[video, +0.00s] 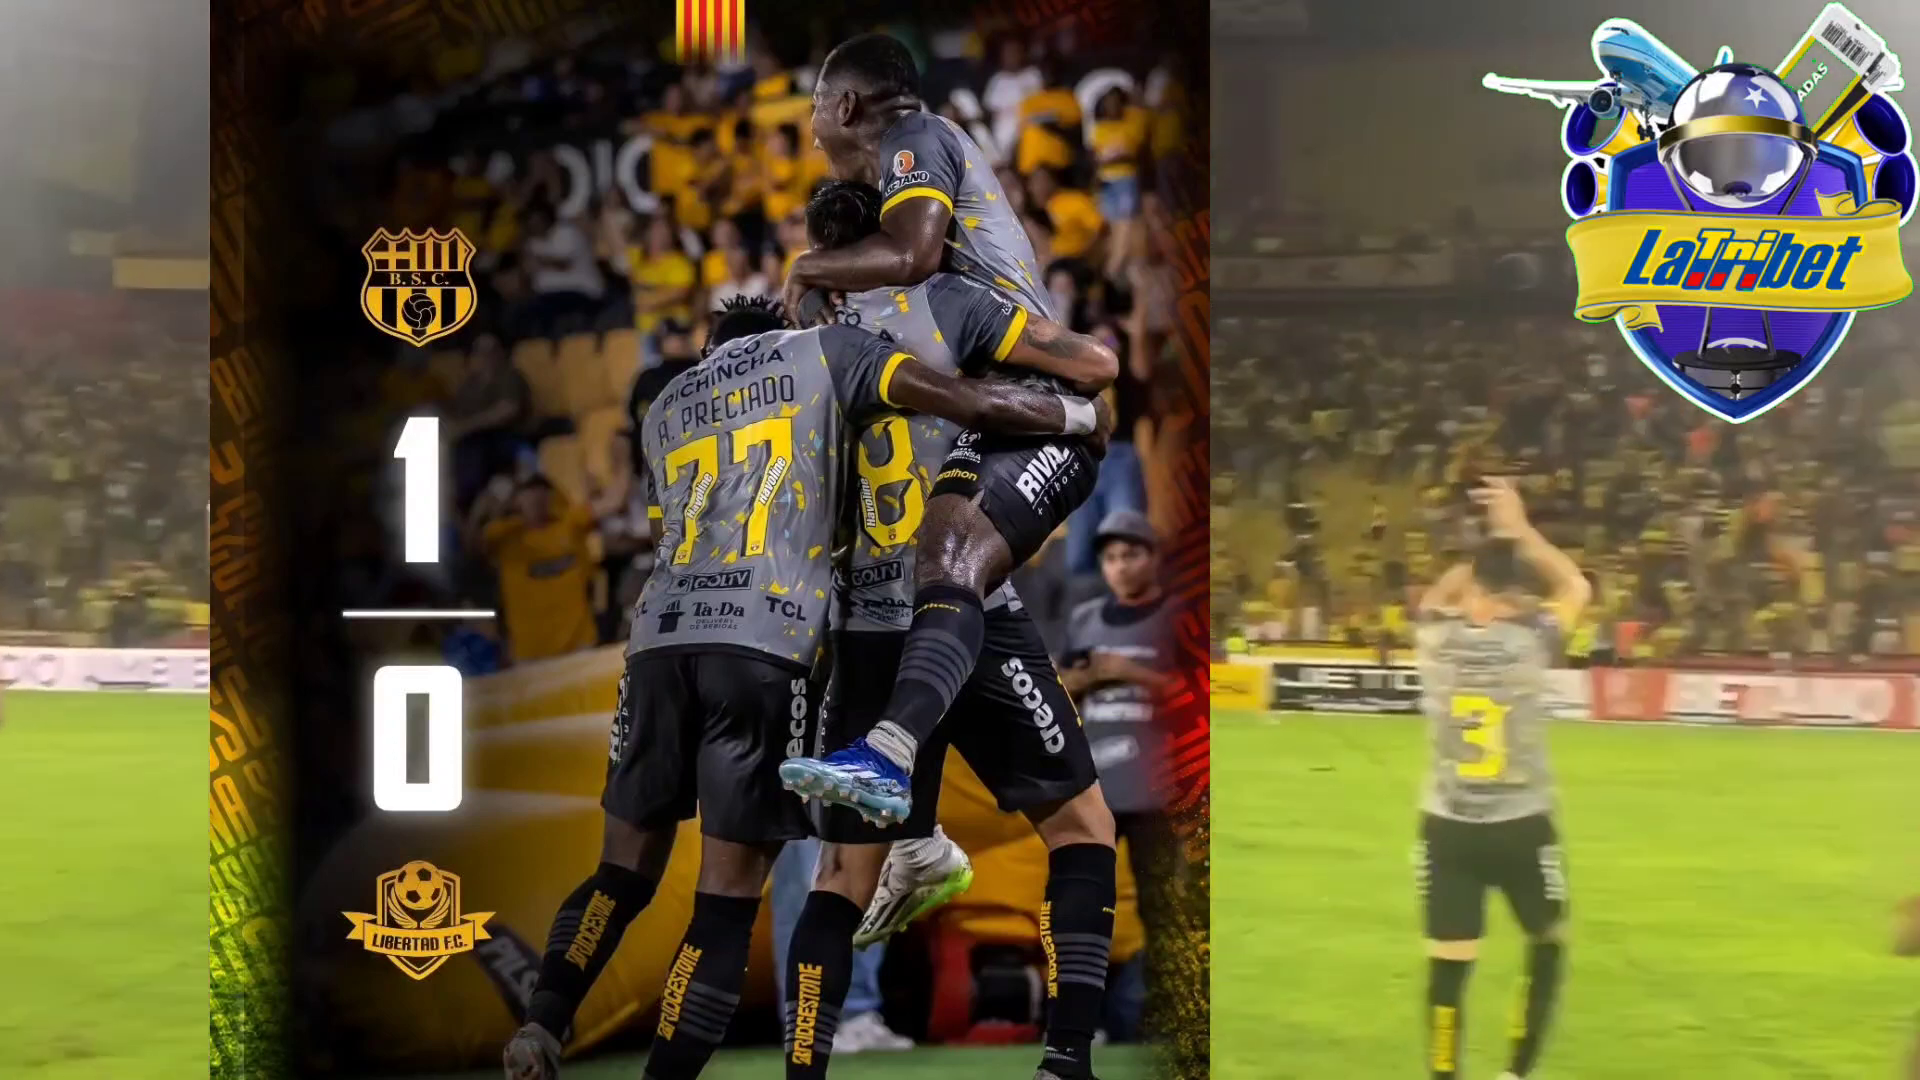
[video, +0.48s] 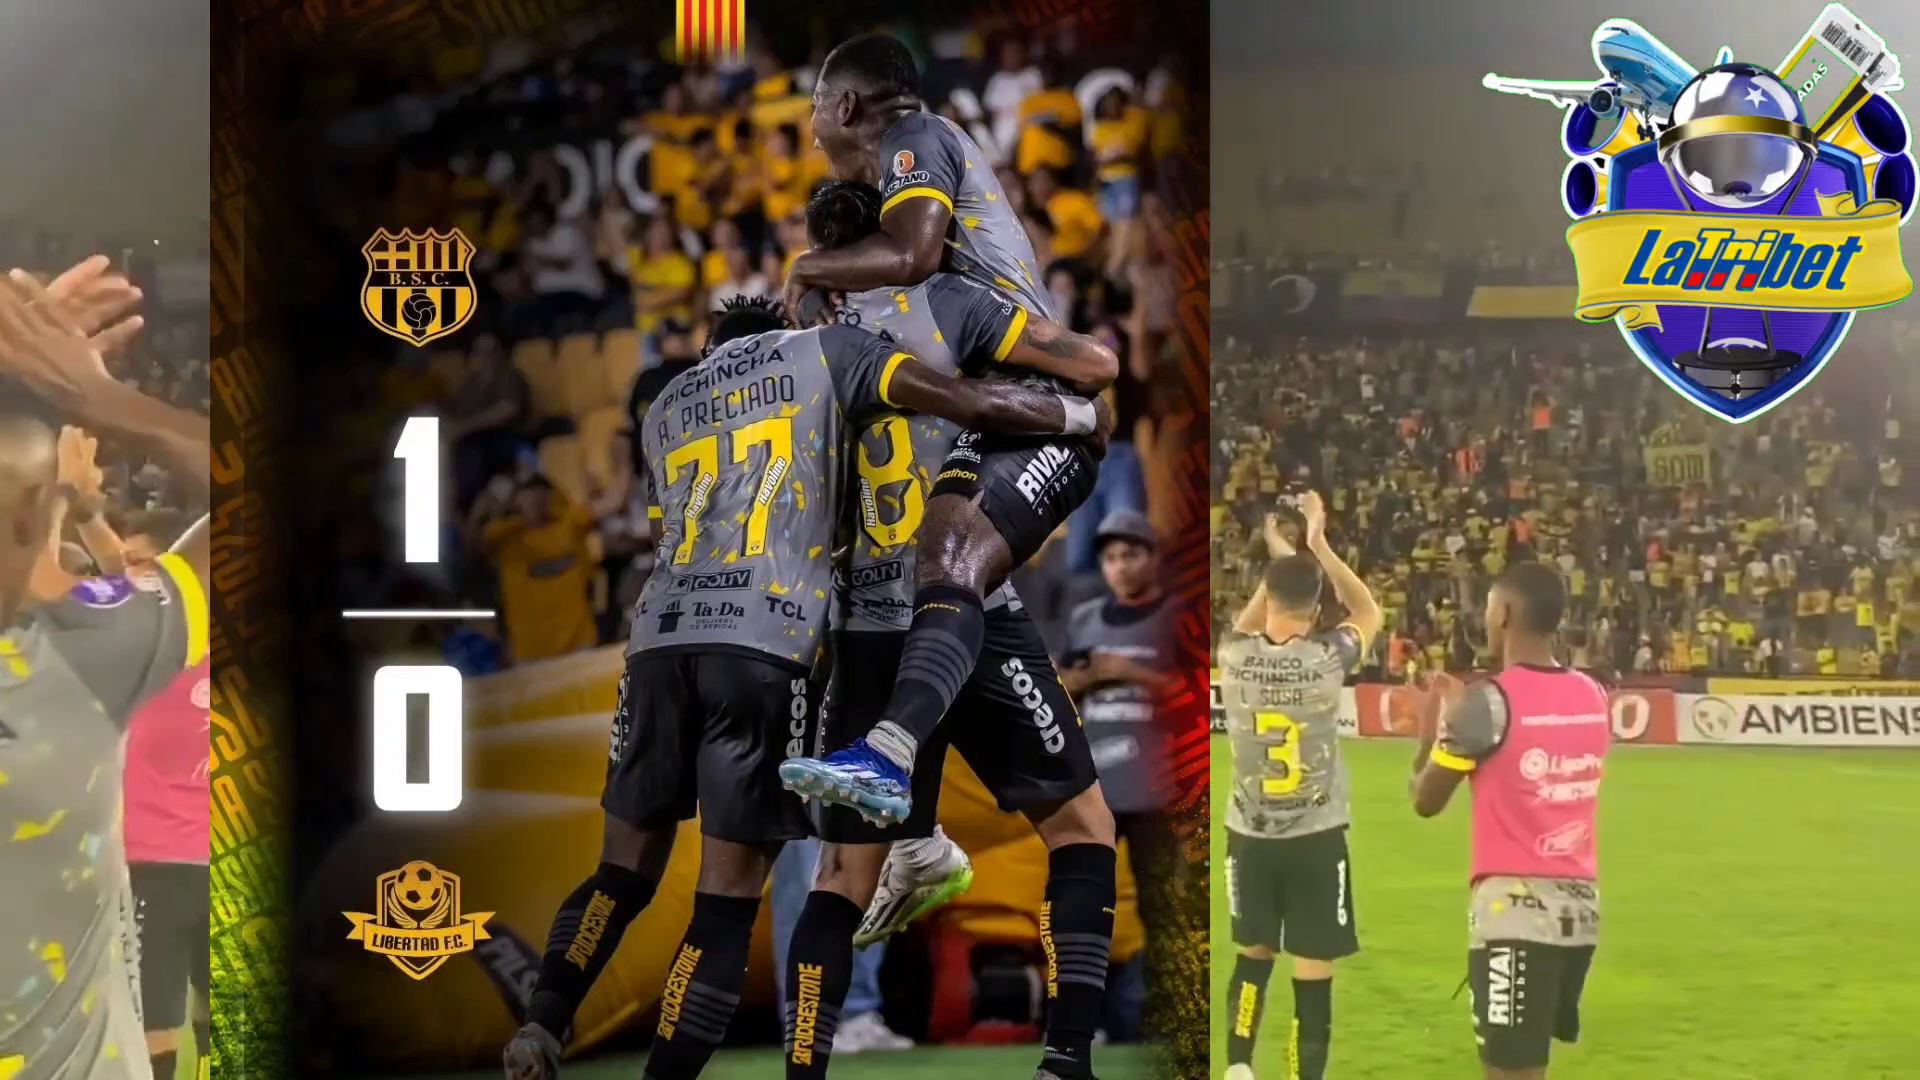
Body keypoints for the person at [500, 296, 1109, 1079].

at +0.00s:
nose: (821, 324)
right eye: (808, 317)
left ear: (708, 345)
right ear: (788, 324)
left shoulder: (661, 408)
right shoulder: (830, 347)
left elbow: (681, 519)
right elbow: (972, 400)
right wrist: (1088, 417)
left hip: (657, 648)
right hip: (762, 648)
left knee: (623, 867)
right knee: (727, 893)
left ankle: (543, 1026)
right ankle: (667, 1075)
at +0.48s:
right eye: (803, 317)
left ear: (708, 345)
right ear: (787, 324)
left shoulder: (661, 407)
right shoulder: (830, 348)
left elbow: (679, 519)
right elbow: (972, 401)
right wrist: (1087, 419)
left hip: (657, 648)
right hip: (762, 648)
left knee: (623, 867)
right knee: (726, 893)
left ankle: (543, 1026)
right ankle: (667, 1074)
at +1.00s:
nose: (820, 324)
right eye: (808, 318)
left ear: (708, 346)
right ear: (787, 324)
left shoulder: (660, 408)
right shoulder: (830, 348)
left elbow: (679, 520)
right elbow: (970, 400)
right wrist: (1089, 417)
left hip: (657, 648)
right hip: (761, 649)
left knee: (623, 867)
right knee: (726, 893)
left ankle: (543, 1026)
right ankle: (667, 1074)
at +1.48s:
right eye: (804, 317)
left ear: (708, 345)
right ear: (787, 323)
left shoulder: (661, 407)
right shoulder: (830, 348)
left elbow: (679, 519)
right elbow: (972, 400)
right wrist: (1089, 418)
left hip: (657, 648)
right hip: (761, 648)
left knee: (623, 867)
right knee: (727, 893)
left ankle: (543, 1026)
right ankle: (667, 1075)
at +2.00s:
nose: (822, 324)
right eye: (809, 318)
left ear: (708, 345)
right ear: (788, 324)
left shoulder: (661, 407)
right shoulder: (830, 347)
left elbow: (681, 518)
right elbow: (972, 400)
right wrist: (1088, 417)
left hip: (657, 648)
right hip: (761, 648)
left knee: (623, 867)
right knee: (727, 893)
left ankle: (543, 1026)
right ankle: (666, 1075)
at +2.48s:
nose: (828, 326)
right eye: (816, 319)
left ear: (709, 345)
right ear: (792, 324)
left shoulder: (661, 406)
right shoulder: (829, 348)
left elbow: (681, 519)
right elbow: (969, 399)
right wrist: (1087, 418)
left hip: (658, 648)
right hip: (762, 648)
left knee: (623, 865)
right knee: (728, 891)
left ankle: (542, 1027)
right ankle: (667, 1076)